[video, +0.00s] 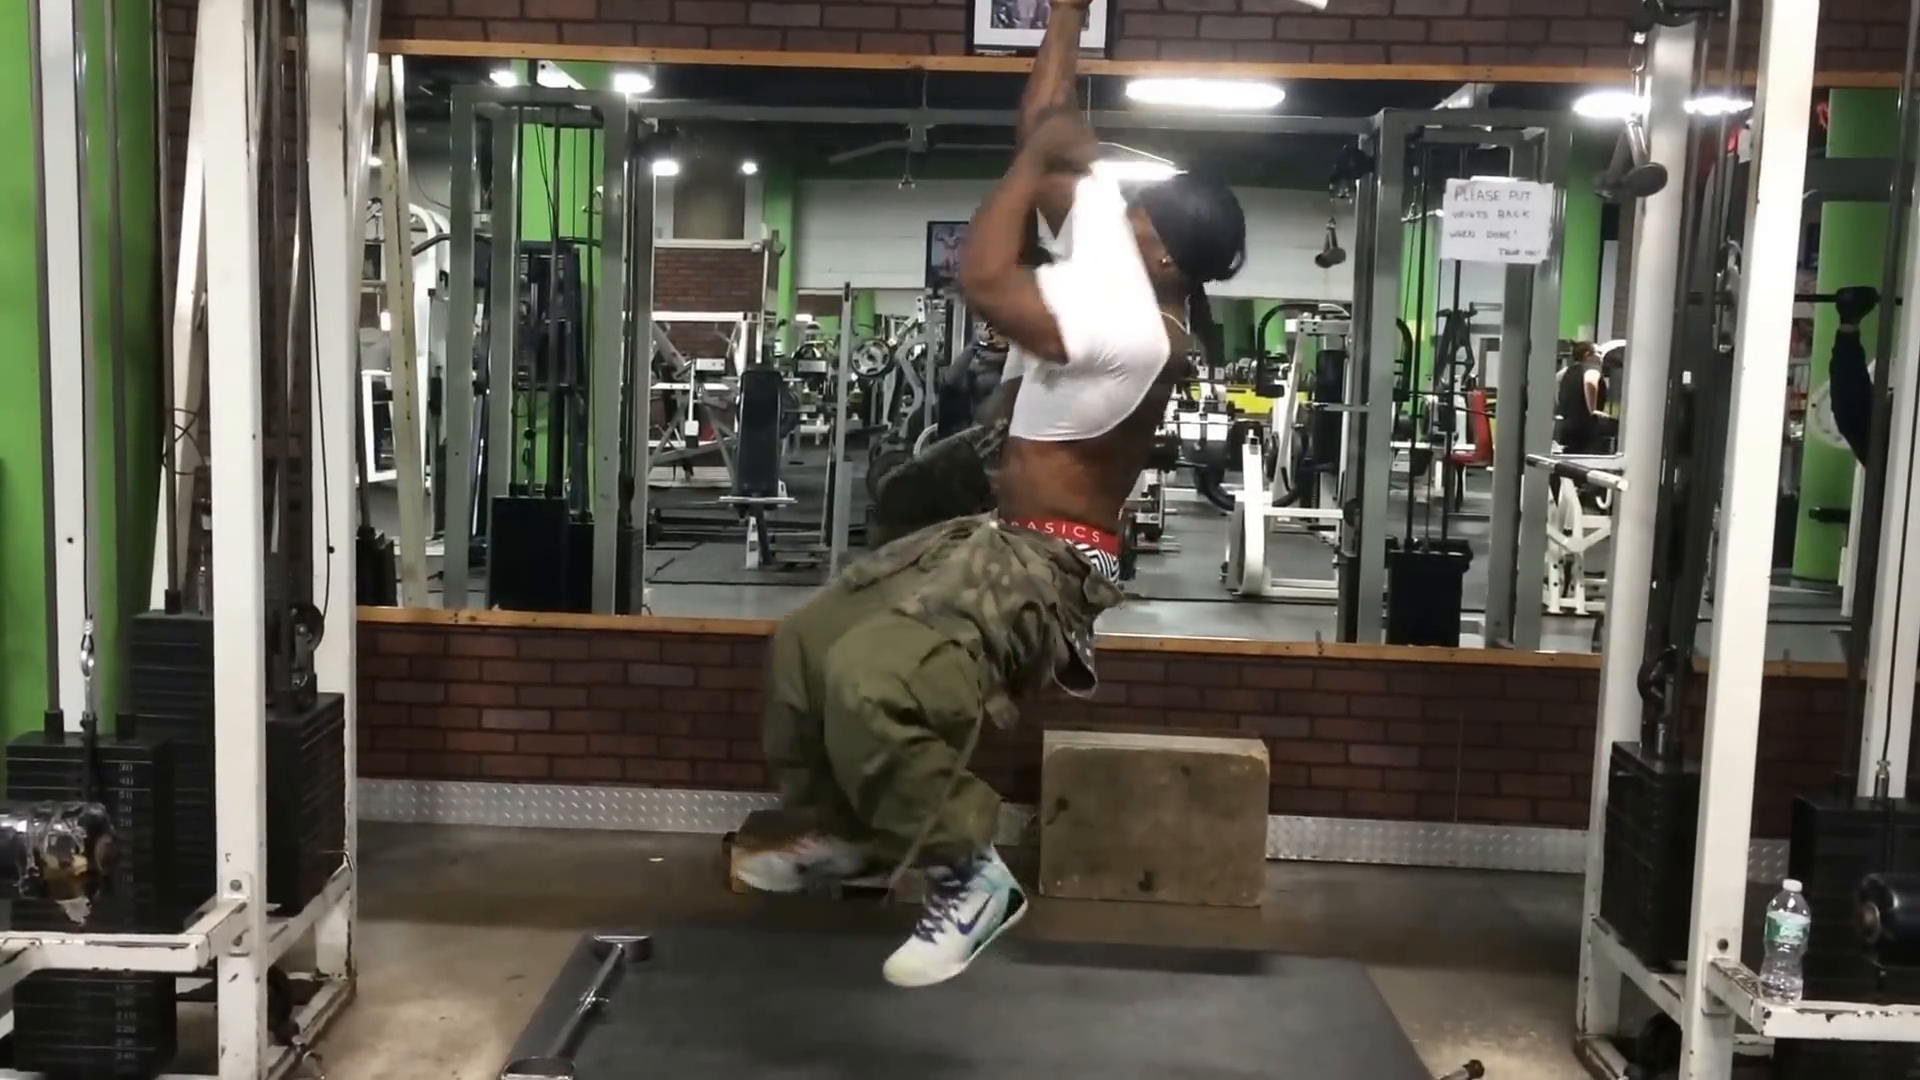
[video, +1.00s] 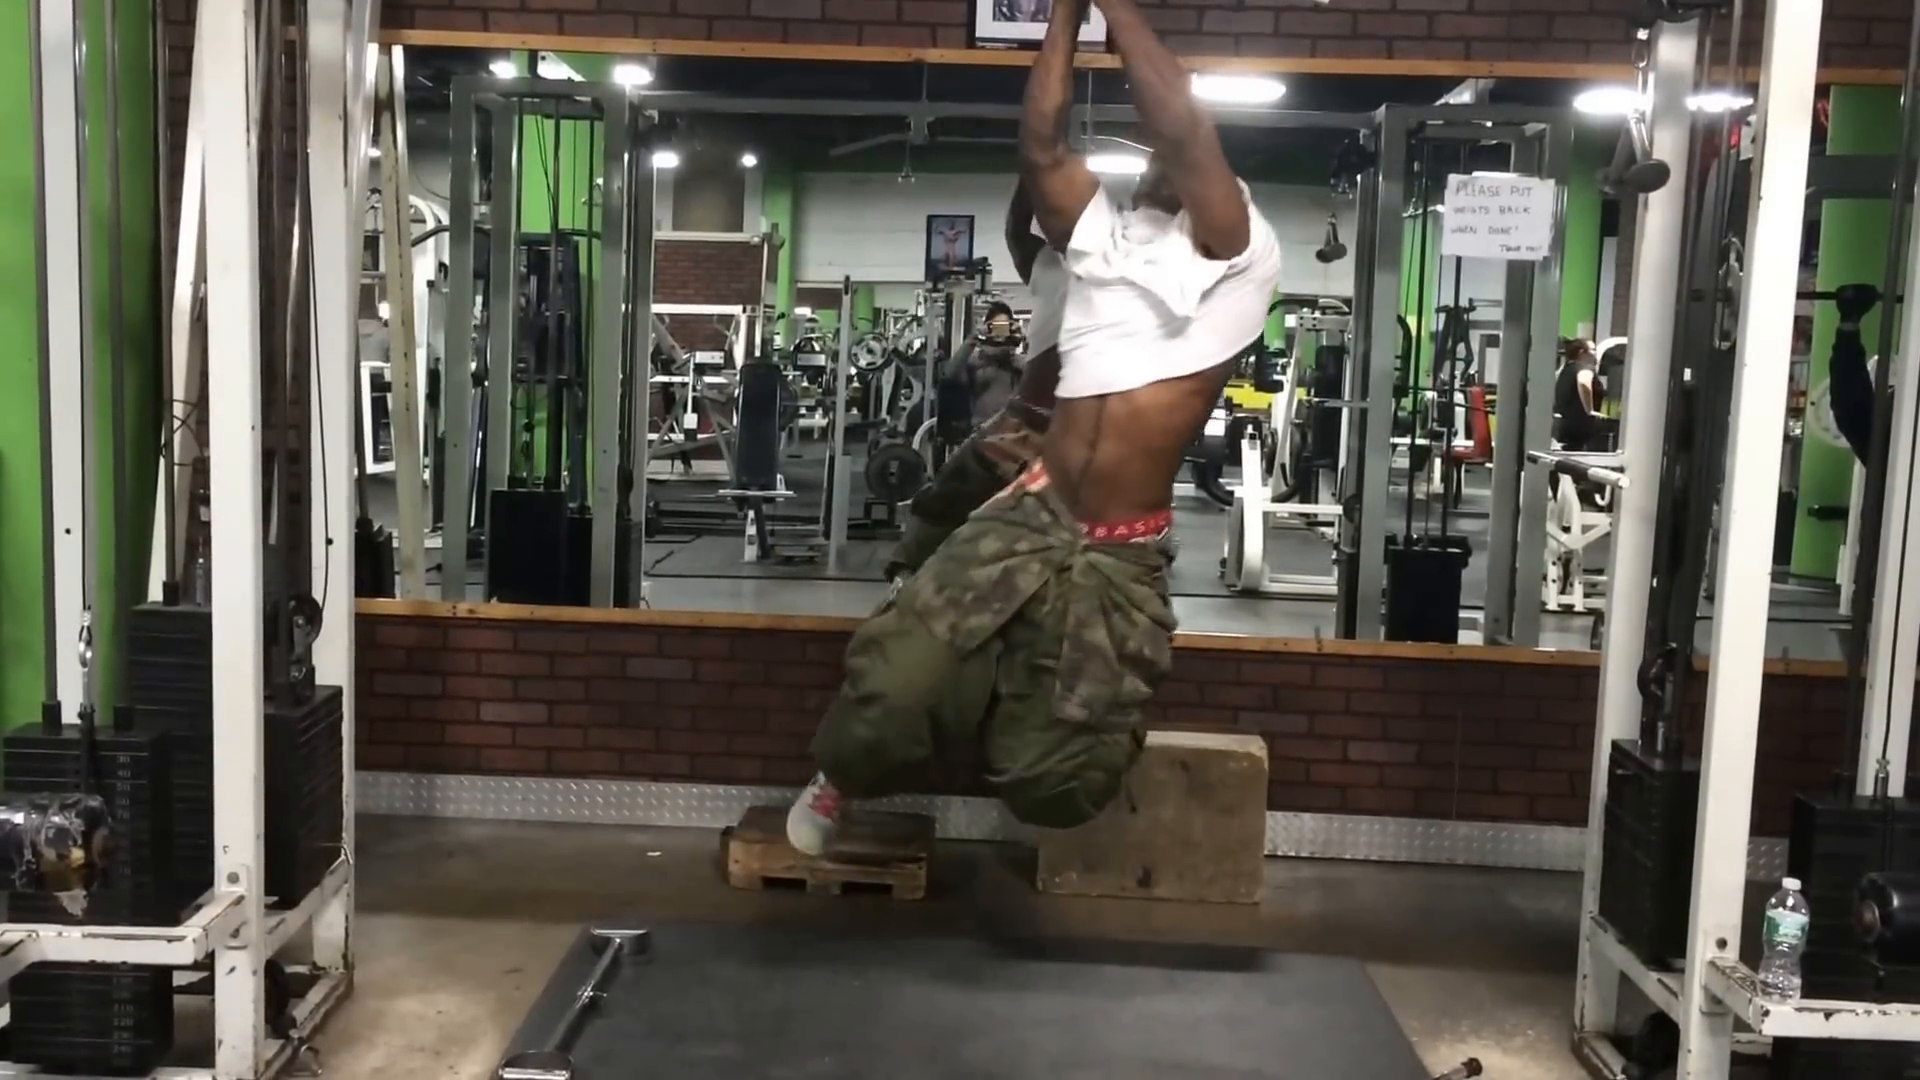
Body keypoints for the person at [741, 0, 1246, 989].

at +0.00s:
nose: (1113, 202)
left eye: (1129, 201)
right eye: (1123, 198)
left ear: (1161, 252)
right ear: (1158, 252)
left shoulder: (1129, 326)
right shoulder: (1107, 292)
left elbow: (986, 280)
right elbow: (1045, 152)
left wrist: (1034, 170)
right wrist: (1064, 34)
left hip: (1055, 553)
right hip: (997, 531)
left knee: (868, 673)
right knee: (807, 642)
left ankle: (972, 868)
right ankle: (850, 836)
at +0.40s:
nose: (1123, 225)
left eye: (1146, 225)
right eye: (1128, 214)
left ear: (1178, 269)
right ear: (1114, 225)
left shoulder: (1154, 375)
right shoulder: (1077, 238)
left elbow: (1009, 351)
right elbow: (1031, 135)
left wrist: (1020, 223)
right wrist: (1066, 17)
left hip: (1022, 573)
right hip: (940, 531)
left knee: (955, 778)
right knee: (786, 666)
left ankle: (1063, 865)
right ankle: (813, 809)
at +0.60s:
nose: (1131, 227)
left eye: (1153, 233)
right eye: (1136, 216)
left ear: (1178, 270)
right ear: (1124, 219)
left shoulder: (1176, 348)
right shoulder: (1062, 258)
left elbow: (1085, 271)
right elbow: (1032, 149)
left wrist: (1017, 152)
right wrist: (1060, 28)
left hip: (1030, 580)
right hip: (931, 547)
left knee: (1037, 801)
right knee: (839, 738)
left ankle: (1108, 828)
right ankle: (836, 819)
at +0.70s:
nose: (1122, 212)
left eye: (1142, 211)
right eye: (1126, 203)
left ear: (1182, 247)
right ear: (1118, 218)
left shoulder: (1189, 331)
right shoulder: (1060, 257)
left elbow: (1127, 197)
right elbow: (1024, 142)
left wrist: (1099, 71)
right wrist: (1057, 29)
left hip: (1047, 579)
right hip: (942, 548)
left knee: (1065, 792)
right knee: (865, 752)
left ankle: (1120, 805)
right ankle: (850, 818)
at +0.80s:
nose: (1153, 194)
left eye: (1176, 191)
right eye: (1148, 184)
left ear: (1209, 223)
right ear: (1132, 202)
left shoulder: (1206, 304)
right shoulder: (1063, 241)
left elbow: (1169, 160)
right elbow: (1027, 135)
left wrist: (1127, 17)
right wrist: (1068, 9)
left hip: (1073, 570)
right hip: (967, 541)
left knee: (1076, 788)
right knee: (873, 750)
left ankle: (1111, 790)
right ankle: (848, 810)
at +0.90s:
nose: (1150, 164)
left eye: (1173, 160)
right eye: (1137, 152)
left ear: (1201, 182)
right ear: (1135, 177)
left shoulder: (1219, 271)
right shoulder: (1077, 239)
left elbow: (1171, 127)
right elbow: (1035, 141)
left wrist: (1104, 7)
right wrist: (1065, 15)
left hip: (1107, 566)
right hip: (999, 531)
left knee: (1069, 782)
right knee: (884, 720)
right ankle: (840, 798)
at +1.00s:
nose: (1154, 155)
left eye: (1176, 141)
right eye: (1148, 138)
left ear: (1210, 168)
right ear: (1138, 155)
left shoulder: (1235, 256)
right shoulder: (1097, 232)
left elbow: (1180, 114)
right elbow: (1043, 142)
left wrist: (1111, 3)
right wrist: (1068, 11)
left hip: (1125, 557)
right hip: (1027, 516)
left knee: (1049, 789)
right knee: (894, 697)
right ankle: (836, 784)